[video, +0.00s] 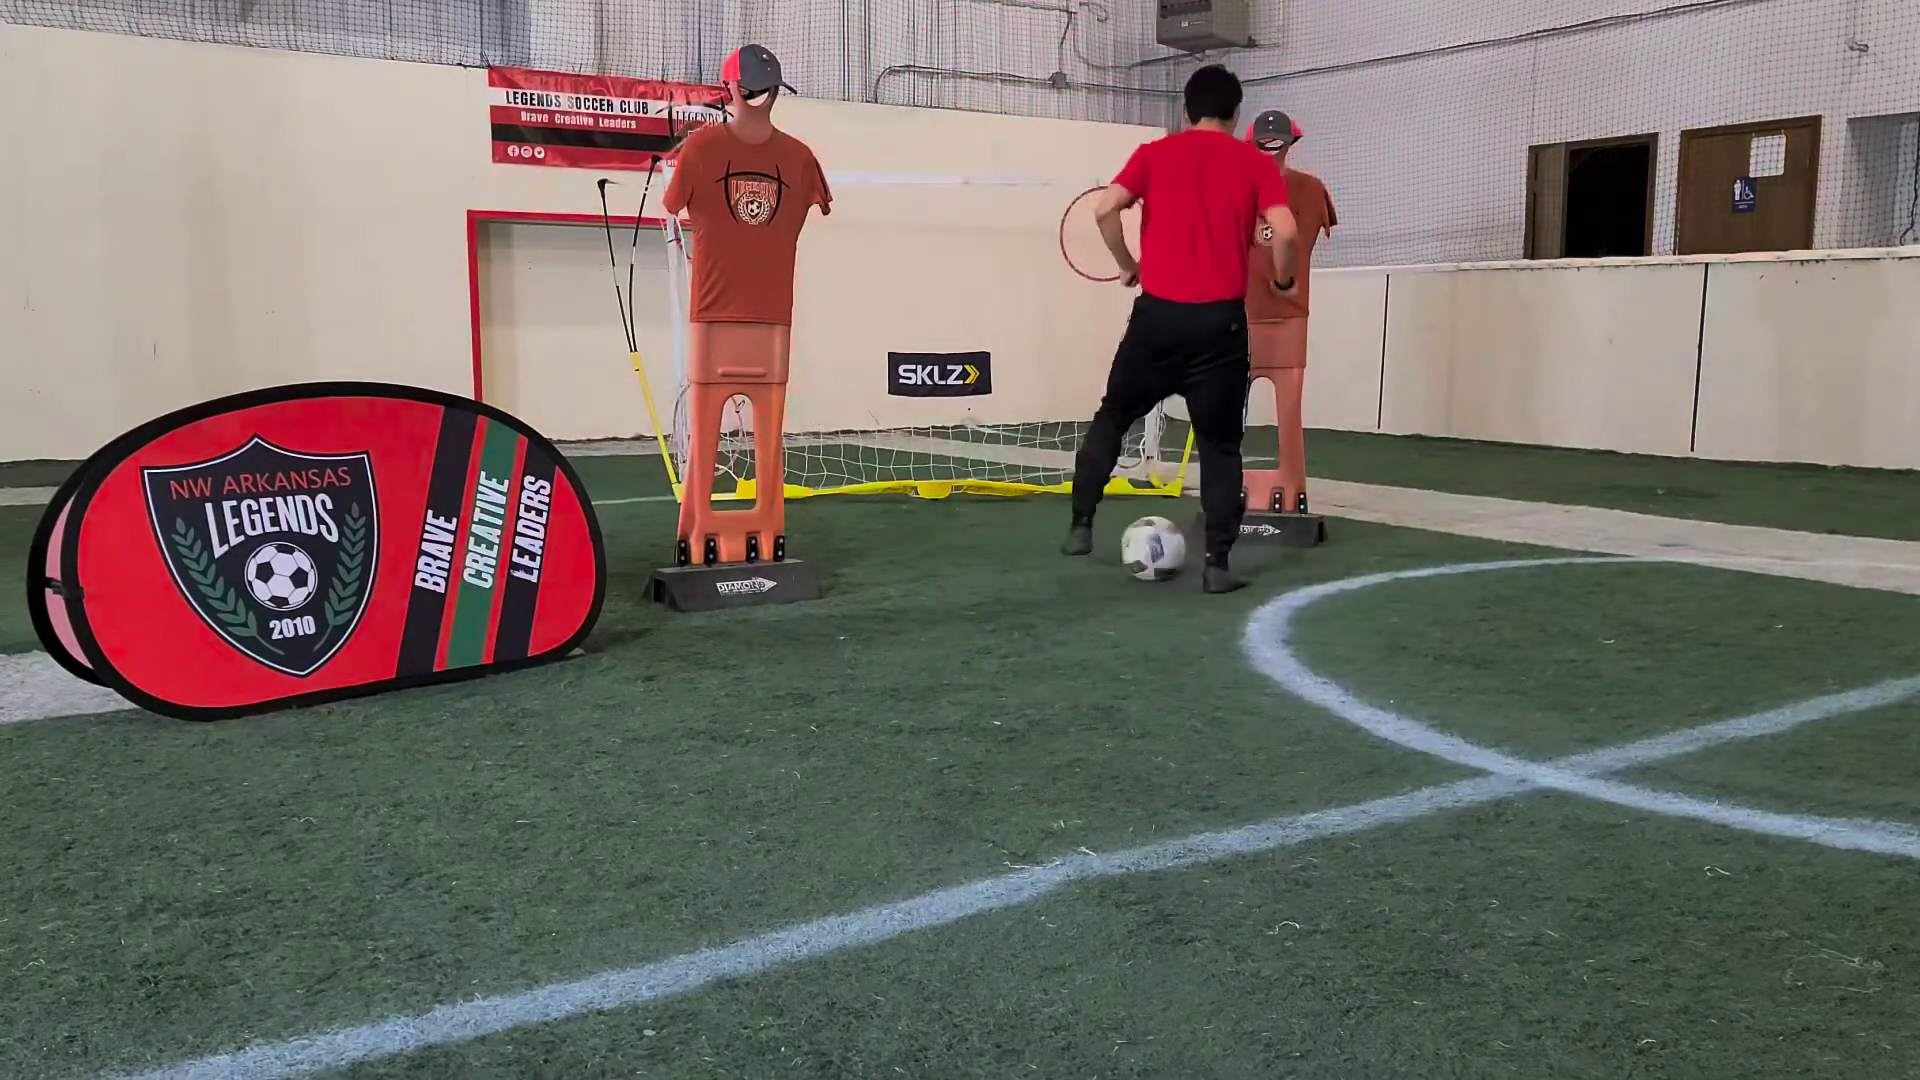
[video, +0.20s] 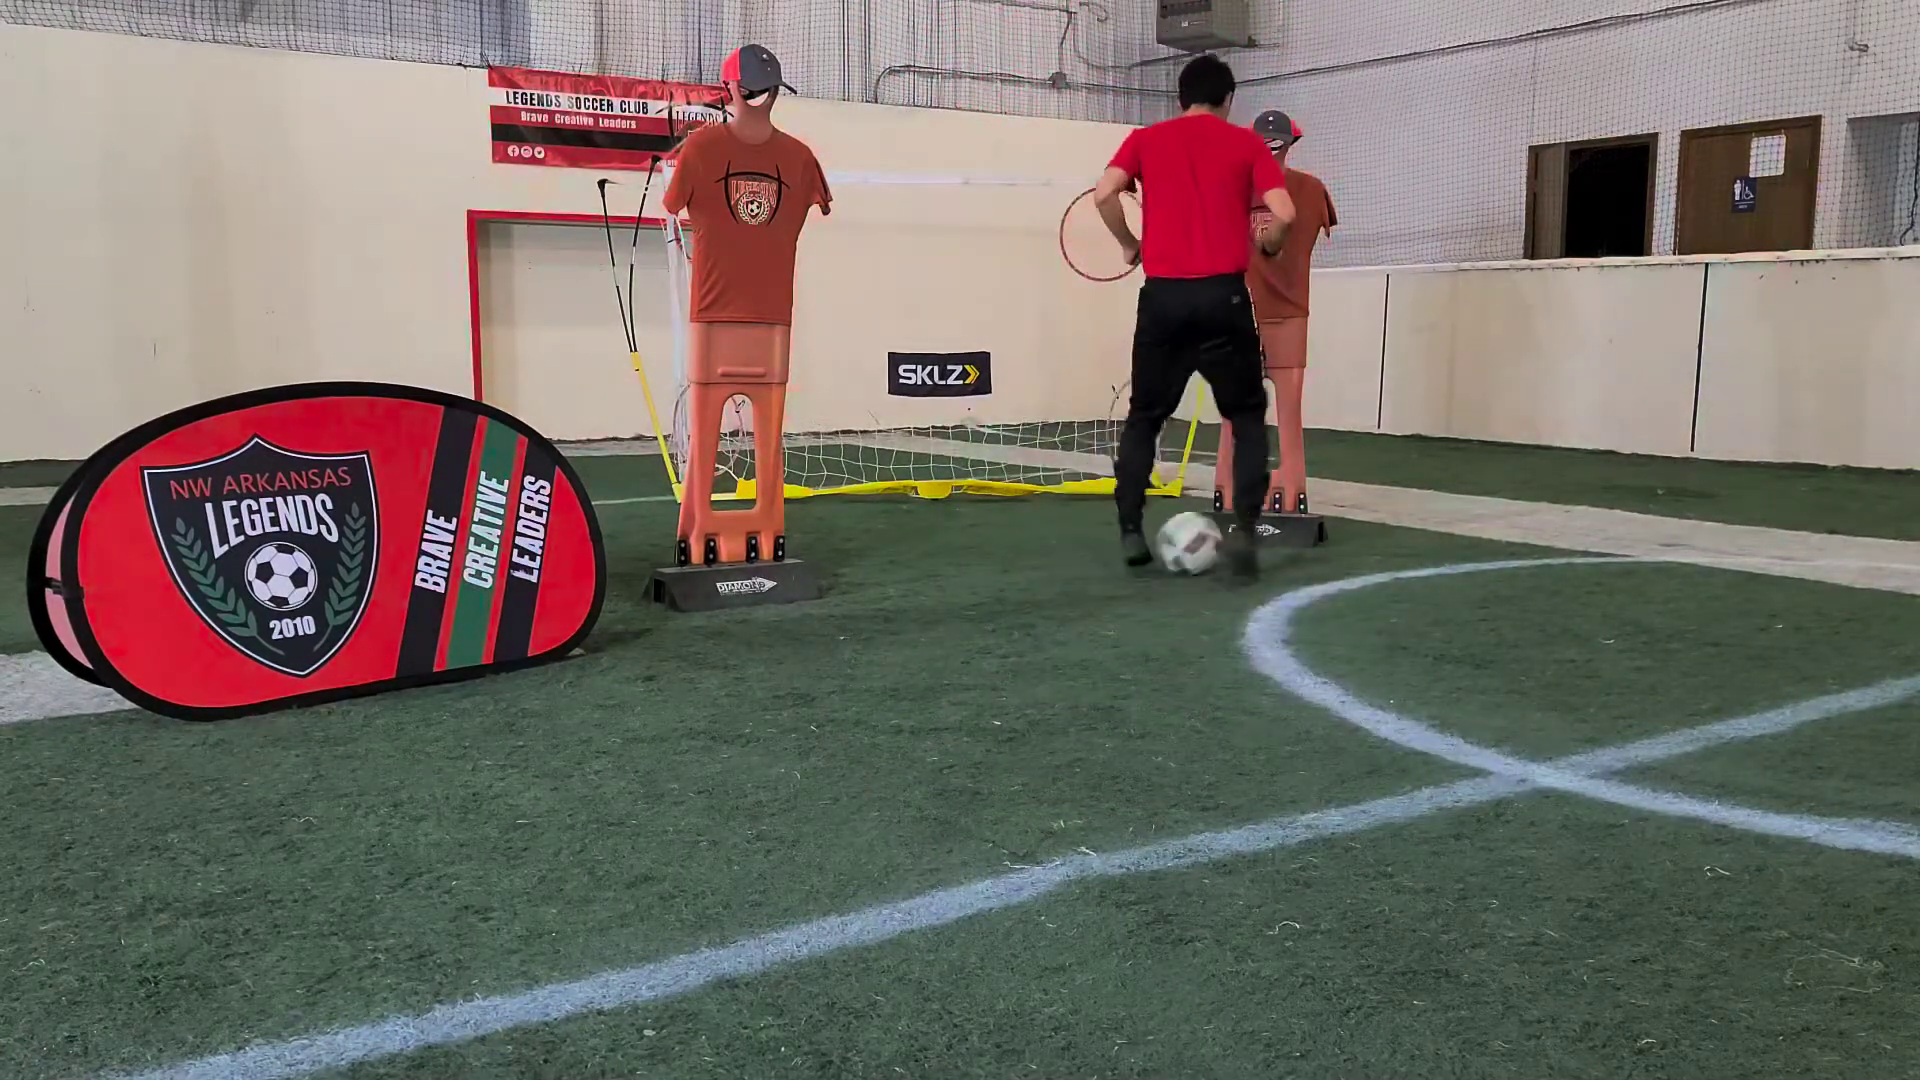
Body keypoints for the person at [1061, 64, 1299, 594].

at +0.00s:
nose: (1236, 120)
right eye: (1238, 113)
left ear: (1187, 110)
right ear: (1236, 113)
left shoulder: (1156, 152)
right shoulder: (1255, 161)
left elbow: (1106, 208)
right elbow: (1285, 230)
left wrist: (1125, 263)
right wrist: (1283, 278)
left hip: (1157, 319)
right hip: (1220, 321)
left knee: (1113, 416)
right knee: (1219, 443)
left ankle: (1081, 526)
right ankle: (1217, 566)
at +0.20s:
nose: (1225, 106)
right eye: (1230, 99)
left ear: (1178, 99)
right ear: (1227, 100)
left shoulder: (1147, 137)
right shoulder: (1248, 143)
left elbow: (1104, 195)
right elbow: (1284, 214)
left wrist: (1128, 243)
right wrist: (1267, 241)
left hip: (1161, 301)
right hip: (1223, 300)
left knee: (1144, 413)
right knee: (1246, 413)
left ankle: (1131, 531)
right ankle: (1244, 529)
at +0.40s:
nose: (1232, 136)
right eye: (1233, 130)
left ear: (1181, 128)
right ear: (1228, 129)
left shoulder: (1144, 174)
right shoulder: (1238, 172)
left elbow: (1098, 247)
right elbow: (1264, 227)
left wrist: (1140, 274)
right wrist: (1279, 301)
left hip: (1160, 328)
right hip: (1222, 325)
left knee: (1153, 439)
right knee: (1267, 418)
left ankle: (1147, 551)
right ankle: (1291, 521)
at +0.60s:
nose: (1263, 116)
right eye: (1264, 109)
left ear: (1215, 105)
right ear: (1261, 109)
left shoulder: (1178, 147)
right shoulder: (1274, 152)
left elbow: (1127, 211)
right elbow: (1287, 201)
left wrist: (1157, 247)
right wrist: (1289, 274)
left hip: (1185, 303)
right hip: (1243, 304)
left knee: (1155, 409)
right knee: (1249, 419)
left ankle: (1136, 510)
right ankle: (1245, 537)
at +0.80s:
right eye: (1281, 114)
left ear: (1234, 113)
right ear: (1280, 115)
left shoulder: (1203, 151)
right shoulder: (1298, 165)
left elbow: (1157, 207)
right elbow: (1321, 241)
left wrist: (1154, 262)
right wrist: (1321, 292)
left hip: (1196, 305)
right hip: (1253, 312)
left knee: (1175, 380)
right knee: (1251, 427)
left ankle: (1154, 472)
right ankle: (1239, 545)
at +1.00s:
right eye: (1285, 111)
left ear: (1237, 111)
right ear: (1283, 114)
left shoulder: (1205, 153)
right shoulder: (1303, 164)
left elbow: (1167, 219)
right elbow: (1319, 247)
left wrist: (1175, 270)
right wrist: (1284, 244)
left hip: (1203, 308)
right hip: (1260, 312)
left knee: (1196, 380)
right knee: (1253, 427)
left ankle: (1192, 486)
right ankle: (1241, 544)